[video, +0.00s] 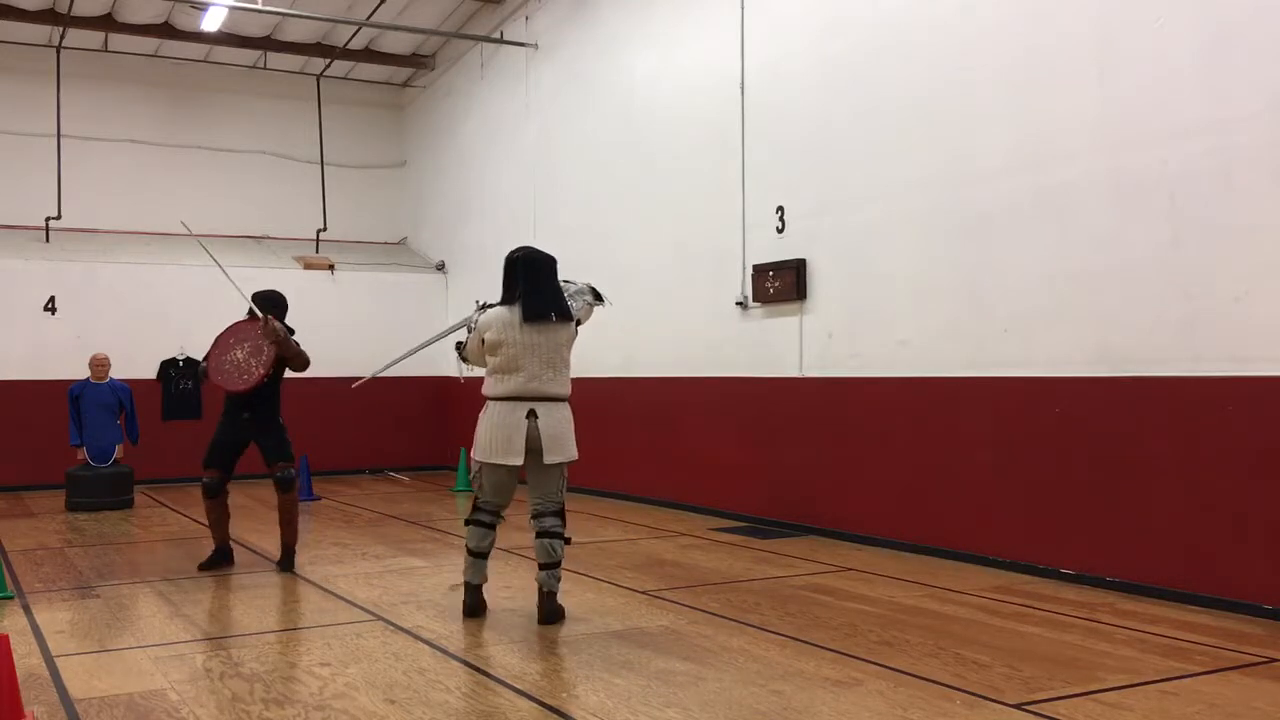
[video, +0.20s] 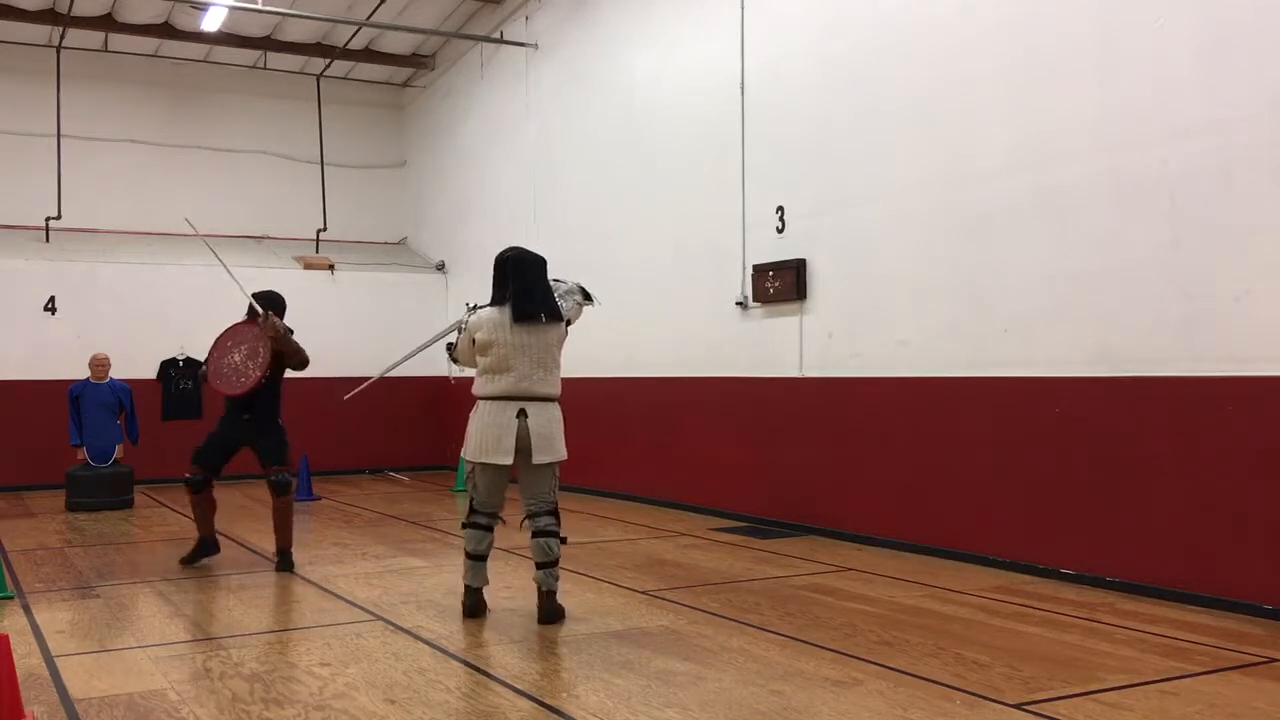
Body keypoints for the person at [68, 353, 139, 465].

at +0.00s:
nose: (100, 369)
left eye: (103, 366)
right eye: (96, 365)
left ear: (109, 367)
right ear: (89, 367)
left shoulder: (121, 389)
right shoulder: (77, 390)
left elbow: (130, 415)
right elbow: (74, 419)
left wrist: (133, 437)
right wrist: (78, 444)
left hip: (113, 445)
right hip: (87, 444)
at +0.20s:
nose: (100, 369)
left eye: (104, 366)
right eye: (96, 365)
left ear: (109, 367)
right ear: (89, 367)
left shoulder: (121, 389)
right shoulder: (77, 390)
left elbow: (130, 415)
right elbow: (74, 419)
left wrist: (133, 437)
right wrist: (78, 444)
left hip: (113, 445)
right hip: (87, 445)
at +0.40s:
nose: (100, 369)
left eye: (104, 366)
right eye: (96, 365)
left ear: (109, 367)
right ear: (89, 367)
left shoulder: (121, 389)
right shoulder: (77, 390)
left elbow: (130, 415)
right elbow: (74, 419)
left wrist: (133, 437)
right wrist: (78, 445)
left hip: (113, 445)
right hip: (87, 445)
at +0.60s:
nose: (100, 369)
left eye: (103, 366)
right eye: (96, 366)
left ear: (109, 367)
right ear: (89, 367)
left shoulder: (121, 389)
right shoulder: (77, 390)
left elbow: (130, 415)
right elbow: (74, 420)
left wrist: (133, 438)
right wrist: (78, 445)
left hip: (113, 444)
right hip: (88, 444)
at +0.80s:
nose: (100, 369)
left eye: (103, 366)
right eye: (96, 366)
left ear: (109, 367)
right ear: (89, 367)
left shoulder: (121, 389)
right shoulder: (77, 390)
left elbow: (130, 415)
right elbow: (74, 420)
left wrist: (133, 438)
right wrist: (78, 445)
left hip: (113, 444)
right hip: (88, 444)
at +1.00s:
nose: (100, 369)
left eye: (103, 366)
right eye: (96, 366)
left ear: (109, 367)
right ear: (89, 367)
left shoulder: (121, 389)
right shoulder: (77, 390)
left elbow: (130, 415)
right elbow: (74, 420)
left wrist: (133, 438)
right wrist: (78, 445)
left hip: (113, 444)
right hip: (88, 444)